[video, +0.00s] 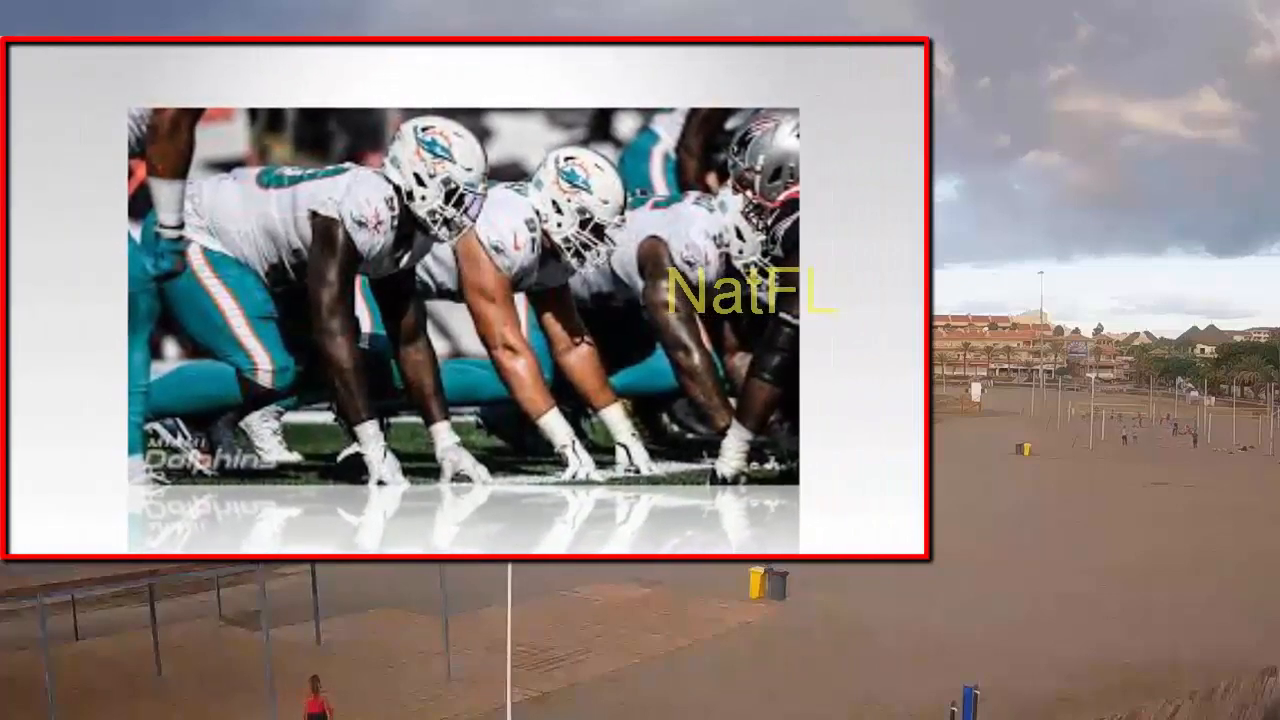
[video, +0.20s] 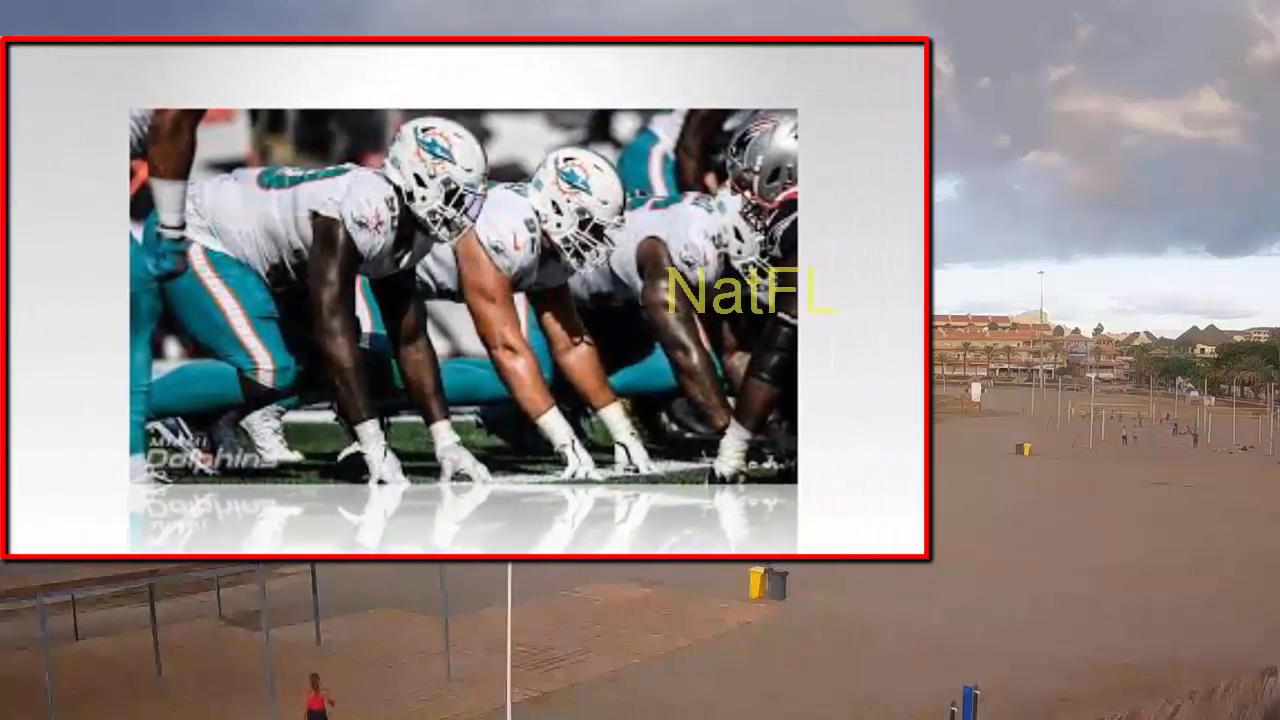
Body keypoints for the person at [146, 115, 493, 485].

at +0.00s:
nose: (459, 205)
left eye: (467, 194)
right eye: (451, 187)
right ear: (417, 169)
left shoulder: (400, 228)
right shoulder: (357, 205)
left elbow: (412, 339)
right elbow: (331, 330)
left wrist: (445, 441)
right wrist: (372, 444)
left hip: (252, 253)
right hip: (199, 238)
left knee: (313, 364)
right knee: (268, 371)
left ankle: (198, 421)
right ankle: (118, 409)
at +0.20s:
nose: (459, 207)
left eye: (466, 195)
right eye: (452, 189)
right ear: (418, 171)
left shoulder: (400, 228)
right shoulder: (358, 205)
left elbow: (412, 339)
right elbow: (331, 329)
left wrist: (445, 441)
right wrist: (372, 443)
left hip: (254, 253)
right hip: (201, 238)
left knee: (314, 364)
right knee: (269, 370)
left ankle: (198, 421)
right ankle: (119, 409)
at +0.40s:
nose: (459, 206)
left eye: (467, 195)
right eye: (451, 189)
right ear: (418, 170)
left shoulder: (401, 229)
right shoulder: (359, 204)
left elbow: (412, 339)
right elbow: (332, 329)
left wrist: (445, 441)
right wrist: (373, 443)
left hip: (252, 254)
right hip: (201, 238)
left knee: (309, 364)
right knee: (269, 370)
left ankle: (196, 421)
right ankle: (120, 408)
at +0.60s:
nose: (459, 206)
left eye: (467, 195)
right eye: (452, 189)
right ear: (418, 170)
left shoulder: (401, 230)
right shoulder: (360, 205)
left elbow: (413, 339)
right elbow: (333, 328)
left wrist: (446, 440)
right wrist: (373, 442)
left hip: (256, 254)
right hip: (203, 239)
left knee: (315, 363)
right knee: (271, 369)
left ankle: (198, 419)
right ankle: (122, 408)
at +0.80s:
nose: (457, 206)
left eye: (465, 196)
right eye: (450, 189)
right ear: (416, 171)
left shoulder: (402, 229)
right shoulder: (362, 206)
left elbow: (413, 337)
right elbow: (334, 328)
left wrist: (445, 438)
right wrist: (374, 440)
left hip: (257, 255)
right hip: (205, 240)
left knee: (313, 362)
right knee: (272, 368)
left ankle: (203, 419)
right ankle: (123, 407)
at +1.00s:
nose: (457, 207)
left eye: (465, 196)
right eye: (451, 190)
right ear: (418, 173)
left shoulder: (403, 229)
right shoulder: (360, 208)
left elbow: (413, 335)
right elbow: (334, 328)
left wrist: (446, 436)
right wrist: (374, 439)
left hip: (259, 255)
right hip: (206, 238)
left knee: (319, 365)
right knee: (274, 368)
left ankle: (213, 417)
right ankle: (129, 406)